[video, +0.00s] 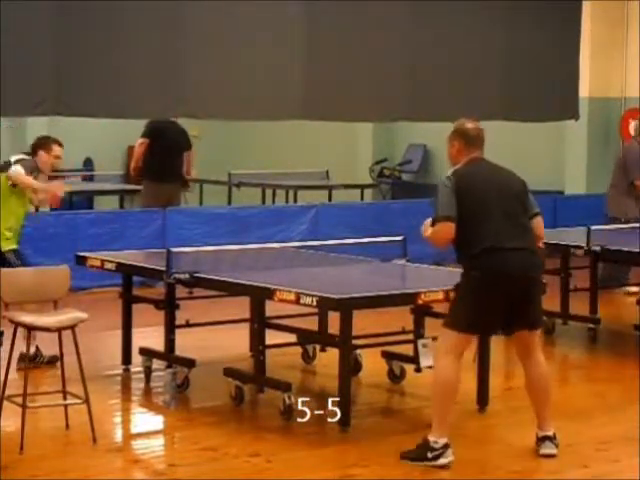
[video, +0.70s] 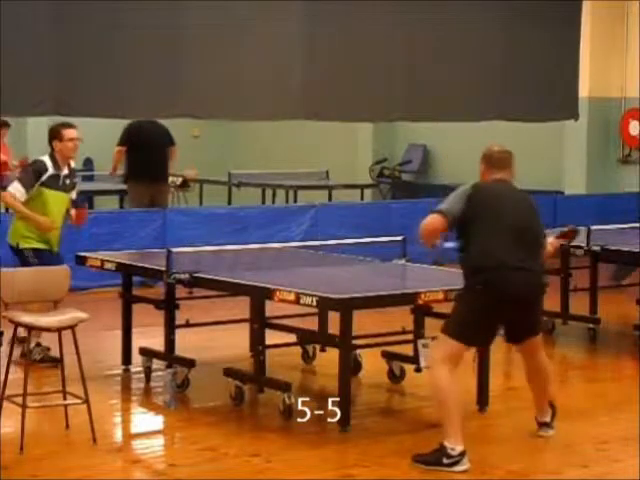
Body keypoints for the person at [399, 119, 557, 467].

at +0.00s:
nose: (448, 154)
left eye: (448, 148)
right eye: (448, 148)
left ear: (456, 146)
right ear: (482, 146)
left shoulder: (453, 180)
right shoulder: (513, 178)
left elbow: (445, 234)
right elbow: (537, 234)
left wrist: (429, 231)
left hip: (485, 273)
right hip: (527, 271)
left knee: (448, 352)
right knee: (531, 352)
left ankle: (437, 442)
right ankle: (546, 435)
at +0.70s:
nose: (479, 176)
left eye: (479, 171)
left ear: (483, 170)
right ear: (512, 172)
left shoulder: (471, 192)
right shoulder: (526, 201)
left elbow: (429, 228)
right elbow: (545, 250)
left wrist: (431, 238)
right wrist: (546, 246)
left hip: (485, 286)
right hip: (529, 285)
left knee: (442, 359)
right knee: (533, 348)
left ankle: (453, 448)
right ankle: (545, 416)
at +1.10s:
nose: (499, 179)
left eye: (499, 175)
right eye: (503, 175)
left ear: (503, 175)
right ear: (530, 176)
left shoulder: (505, 192)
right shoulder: (540, 200)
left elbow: (494, 222)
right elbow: (535, 242)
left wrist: (466, 244)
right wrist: (497, 244)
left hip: (529, 277)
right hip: (565, 277)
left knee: (505, 355)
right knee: (550, 338)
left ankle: (484, 436)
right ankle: (547, 414)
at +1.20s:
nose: (498, 177)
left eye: (498, 172)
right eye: (501, 173)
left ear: (502, 171)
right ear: (528, 171)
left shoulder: (505, 190)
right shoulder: (541, 197)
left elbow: (495, 222)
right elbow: (532, 234)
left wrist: (468, 242)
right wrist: (486, 232)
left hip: (531, 276)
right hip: (566, 274)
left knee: (509, 351)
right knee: (550, 337)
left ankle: (491, 435)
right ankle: (549, 413)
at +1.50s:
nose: (482, 167)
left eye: (483, 162)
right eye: (483, 162)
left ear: (489, 162)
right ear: (514, 163)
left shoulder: (492, 191)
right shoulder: (535, 193)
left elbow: (473, 242)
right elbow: (538, 243)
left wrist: (453, 246)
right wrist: (494, 258)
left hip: (522, 283)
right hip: (558, 280)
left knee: (486, 358)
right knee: (544, 341)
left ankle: (509, 443)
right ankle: (551, 414)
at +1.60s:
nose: (478, 167)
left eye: (478, 162)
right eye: (479, 161)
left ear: (485, 161)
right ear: (511, 162)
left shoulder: (485, 191)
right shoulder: (534, 193)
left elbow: (466, 242)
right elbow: (543, 239)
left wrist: (447, 246)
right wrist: (492, 253)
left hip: (517, 285)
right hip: (557, 282)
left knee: (475, 359)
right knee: (549, 344)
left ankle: (508, 443)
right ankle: (555, 415)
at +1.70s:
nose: (473, 169)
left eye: (474, 164)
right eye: (474, 164)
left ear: (481, 163)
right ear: (507, 163)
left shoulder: (482, 192)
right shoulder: (534, 193)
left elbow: (466, 244)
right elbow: (542, 237)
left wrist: (444, 247)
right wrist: (494, 250)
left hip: (518, 282)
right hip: (559, 280)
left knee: (461, 349)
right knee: (552, 345)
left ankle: (489, 436)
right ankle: (566, 428)